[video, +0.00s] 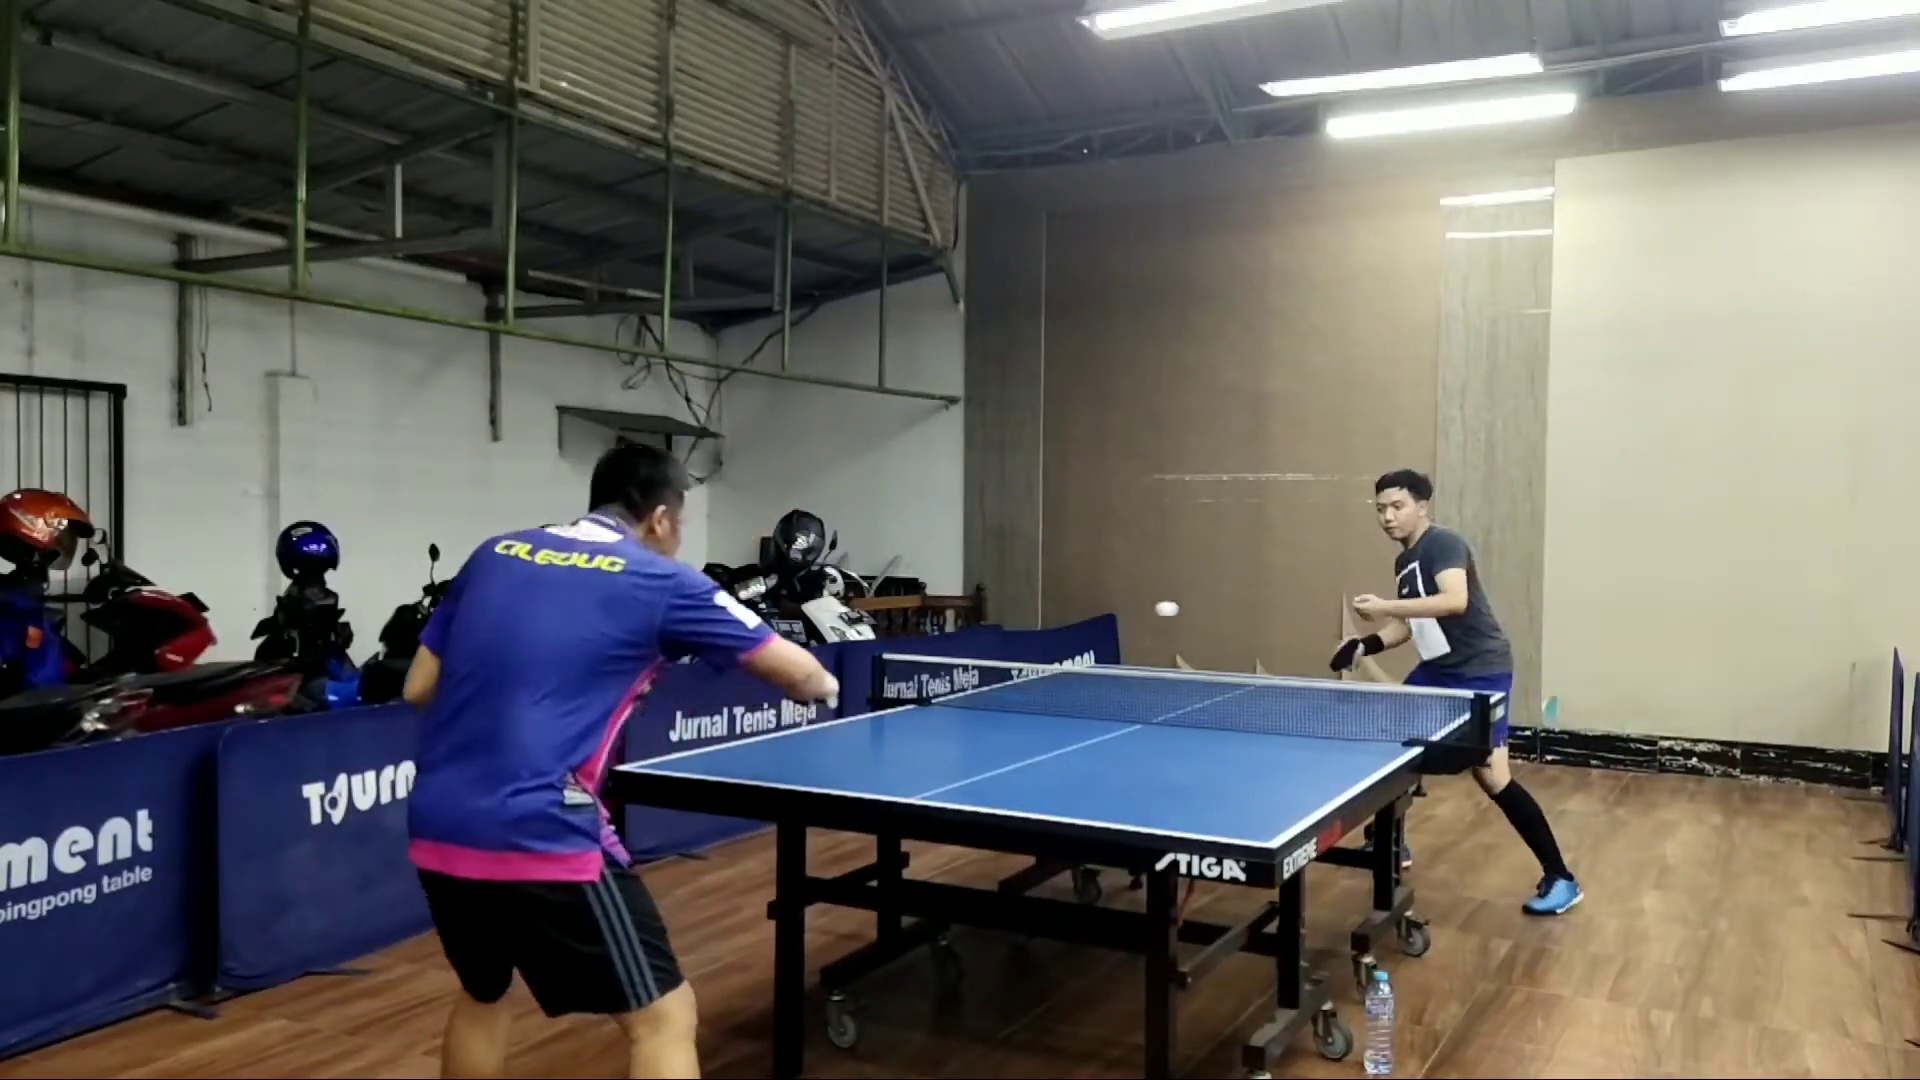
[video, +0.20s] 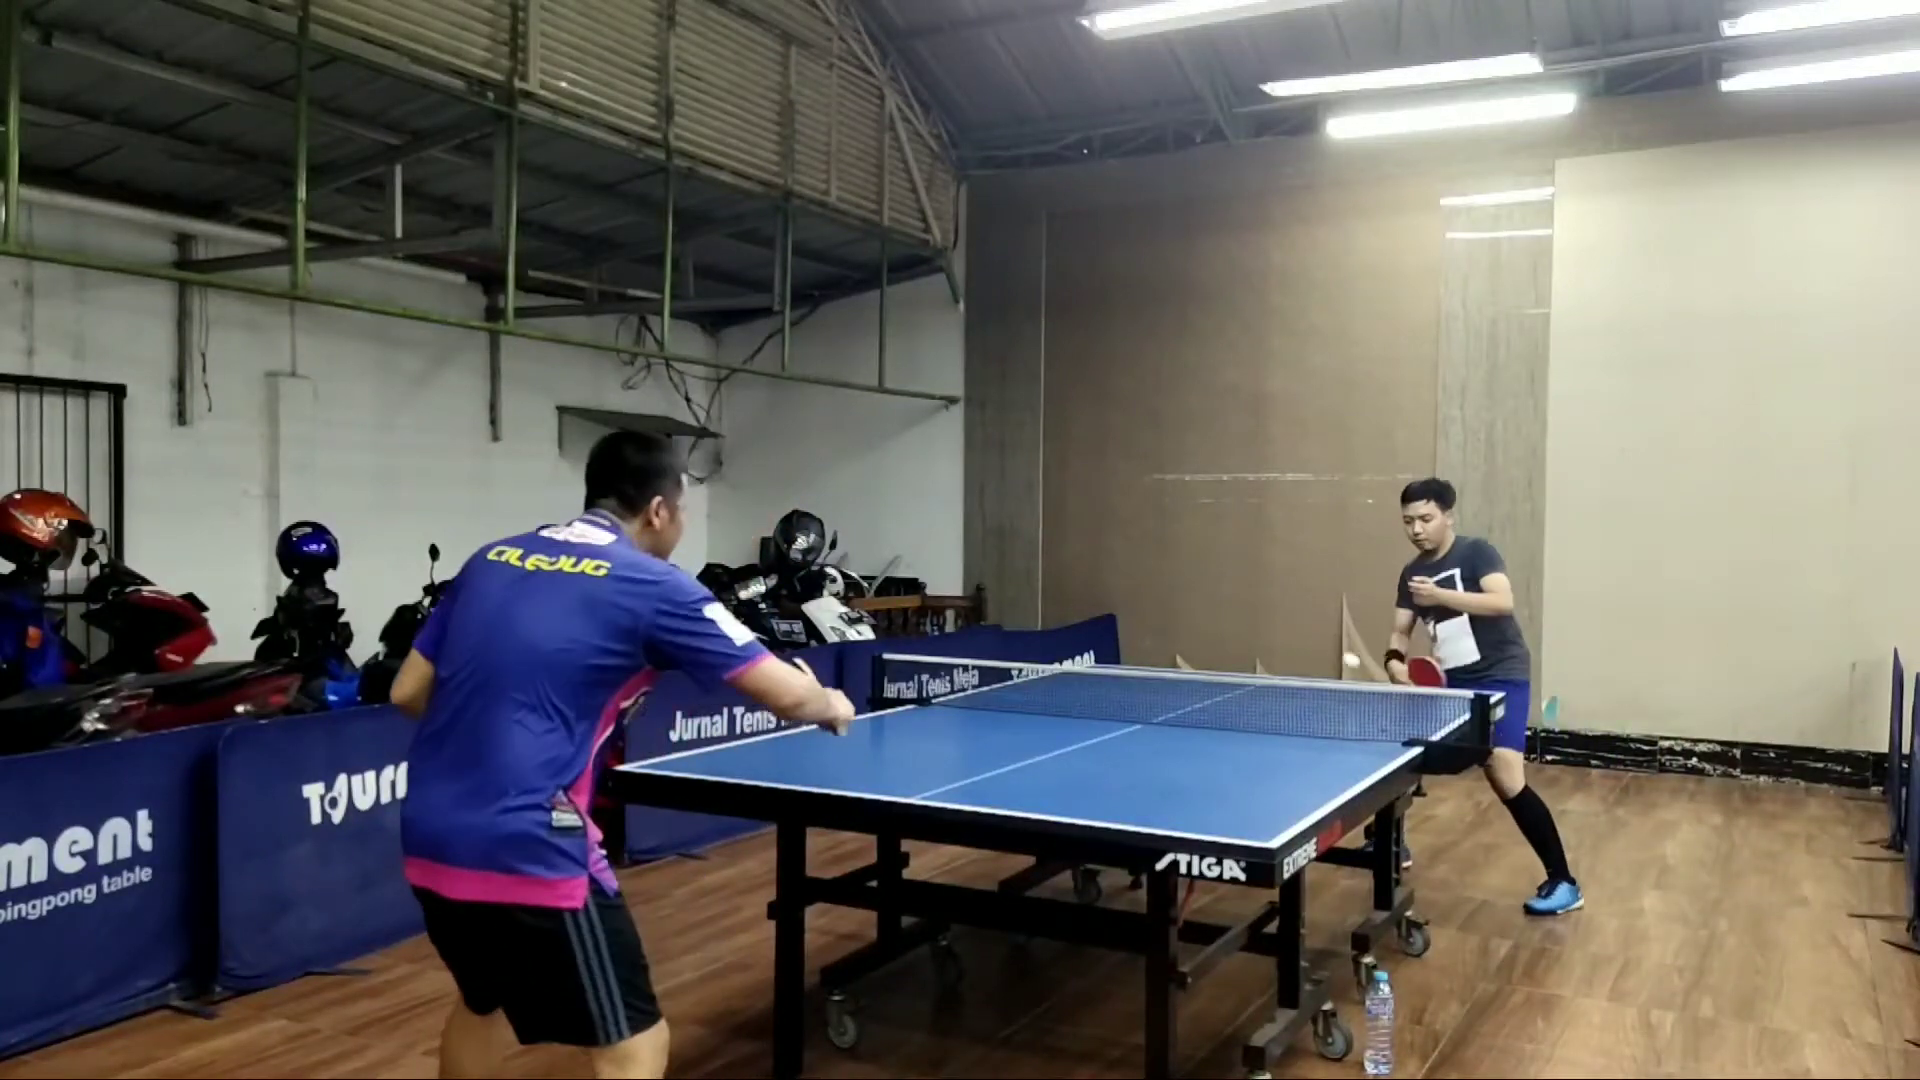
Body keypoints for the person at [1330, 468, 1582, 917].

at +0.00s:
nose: (1387, 516)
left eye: (1395, 507)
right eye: (1381, 509)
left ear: (1422, 506)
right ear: (1380, 514)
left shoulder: (1443, 543)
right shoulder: (1404, 563)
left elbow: (1455, 600)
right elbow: (1406, 625)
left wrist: (1386, 608)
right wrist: (1366, 643)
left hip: (1482, 670)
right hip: (1436, 669)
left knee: (1493, 776)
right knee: (1382, 740)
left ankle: (1560, 877)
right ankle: (1388, 841)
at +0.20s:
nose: (1416, 528)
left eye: (1424, 518)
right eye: (1409, 521)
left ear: (1448, 517)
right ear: (1404, 524)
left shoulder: (1477, 553)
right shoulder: (1413, 573)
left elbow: (1504, 603)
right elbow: (1401, 632)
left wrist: (1442, 595)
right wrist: (1396, 662)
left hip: (1502, 678)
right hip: (1449, 684)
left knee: (1504, 775)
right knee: (1389, 750)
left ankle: (1562, 881)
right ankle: (1388, 844)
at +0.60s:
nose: (1466, 489)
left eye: (1476, 481)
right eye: (1459, 481)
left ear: (1497, 485)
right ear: (1451, 487)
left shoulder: (1522, 534)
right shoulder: (1437, 541)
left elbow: (1559, 591)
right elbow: (1396, 590)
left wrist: (1537, 616)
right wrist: (1361, 566)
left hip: (1511, 666)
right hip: (1453, 663)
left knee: (1528, 763)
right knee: (1420, 747)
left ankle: (1566, 876)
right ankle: (1412, 837)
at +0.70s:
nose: (1458, 492)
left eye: (1468, 484)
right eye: (1452, 484)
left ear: (1490, 488)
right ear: (1445, 489)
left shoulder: (1512, 539)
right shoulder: (1430, 543)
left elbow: (1547, 597)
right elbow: (1389, 592)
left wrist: (1522, 620)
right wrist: (1351, 574)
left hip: (1502, 668)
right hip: (1445, 666)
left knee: (1524, 764)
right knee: (1415, 748)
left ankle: (1565, 875)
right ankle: (1418, 839)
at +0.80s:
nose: (1447, 492)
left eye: (1457, 483)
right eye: (1441, 484)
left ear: (1479, 488)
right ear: (1435, 489)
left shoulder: (1503, 536)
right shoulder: (1423, 543)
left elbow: (1532, 596)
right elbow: (1386, 595)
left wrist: (1493, 616)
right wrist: (1345, 589)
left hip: (1495, 669)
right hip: (1437, 666)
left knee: (1519, 762)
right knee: (1408, 747)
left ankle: (1563, 873)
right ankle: (1417, 839)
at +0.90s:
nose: (1436, 498)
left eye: (1446, 490)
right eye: (1429, 491)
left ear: (1467, 494)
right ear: (1423, 497)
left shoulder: (1491, 538)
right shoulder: (1419, 551)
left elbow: (1516, 595)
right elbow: (1398, 609)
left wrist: (1461, 613)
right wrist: (1354, 612)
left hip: (1491, 669)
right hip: (1437, 668)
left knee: (1509, 765)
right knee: (1396, 737)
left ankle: (1563, 873)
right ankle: (1413, 836)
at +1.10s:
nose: (1412, 527)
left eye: (1421, 519)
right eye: (1405, 520)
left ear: (1443, 522)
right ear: (1400, 526)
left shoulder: (1466, 560)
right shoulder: (1413, 577)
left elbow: (1487, 615)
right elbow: (1412, 636)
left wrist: (1434, 610)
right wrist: (1394, 654)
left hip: (1487, 682)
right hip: (1439, 681)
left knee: (1489, 781)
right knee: (1382, 738)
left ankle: (1561, 874)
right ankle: (1389, 835)